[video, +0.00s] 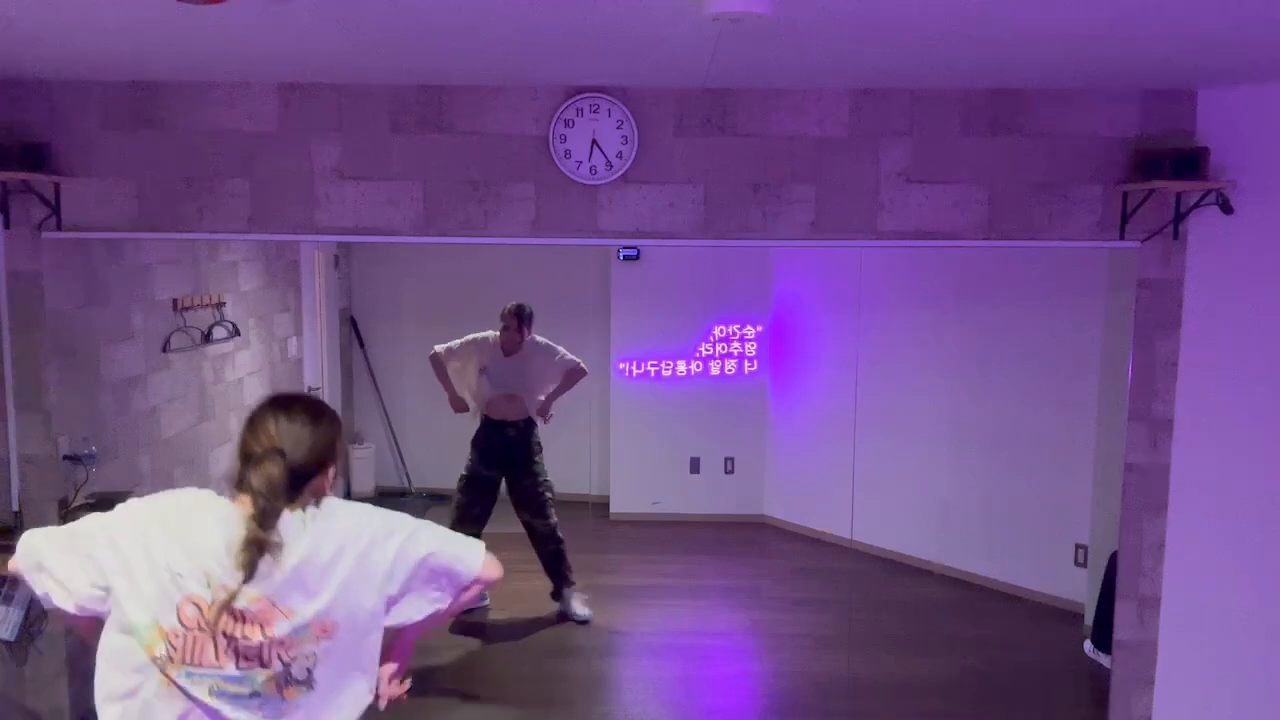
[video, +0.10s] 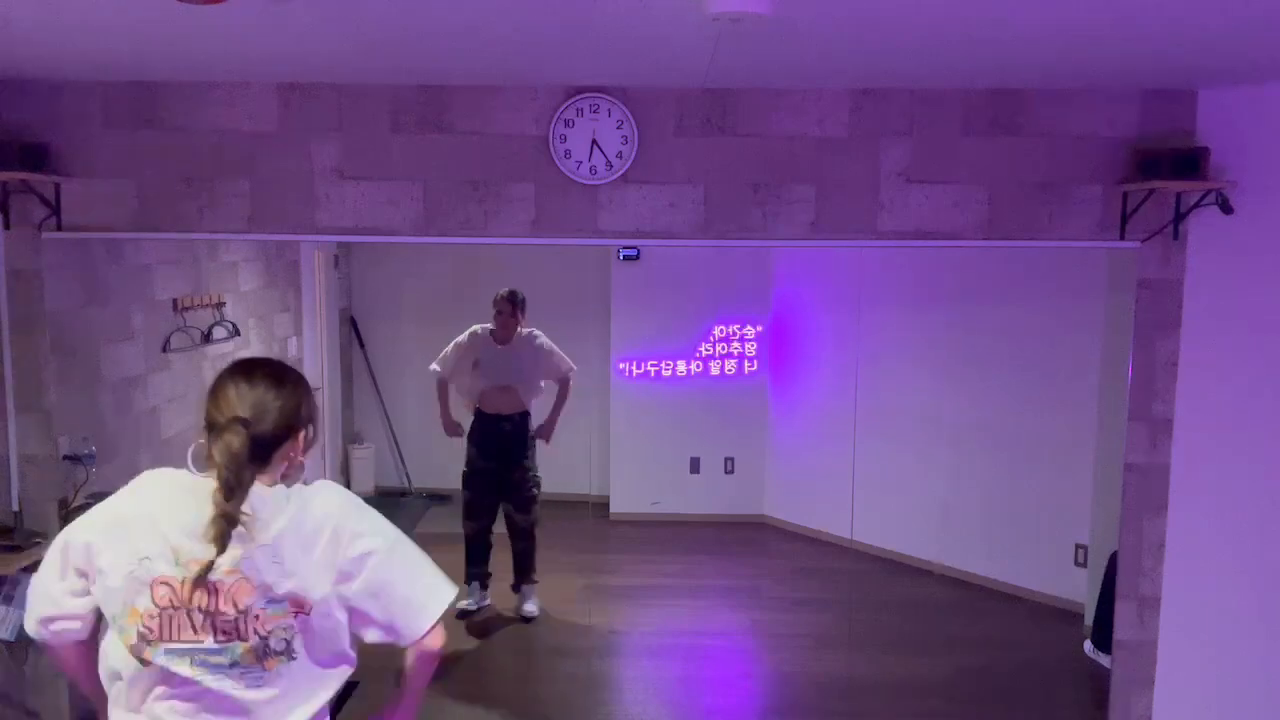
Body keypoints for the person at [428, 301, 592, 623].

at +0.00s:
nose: (506, 334)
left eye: (513, 330)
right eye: (504, 328)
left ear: (527, 332)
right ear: (499, 326)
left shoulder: (539, 348)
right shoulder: (482, 343)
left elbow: (578, 369)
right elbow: (437, 355)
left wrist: (549, 399)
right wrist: (452, 394)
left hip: (524, 438)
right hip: (488, 436)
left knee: (541, 517)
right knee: (467, 516)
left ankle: (566, 592)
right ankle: (468, 588)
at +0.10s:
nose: (499, 320)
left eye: (506, 315)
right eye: (497, 313)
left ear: (520, 318)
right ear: (492, 313)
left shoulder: (534, 342)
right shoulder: (475, 338)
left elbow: (565, 377)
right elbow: (442, 373)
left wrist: (550, 421)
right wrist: (446, 417)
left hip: (519, 431)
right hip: (482, 431)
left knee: (522, 514)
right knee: (476, 515)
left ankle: (526, 590)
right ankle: (476, 589)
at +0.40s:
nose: (490, 338)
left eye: (496, 332)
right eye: (485, 332)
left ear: (507, 336)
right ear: (478, 335)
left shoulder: (528, 372)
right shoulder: (463, 371)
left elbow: (545, 413)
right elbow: (449, 415)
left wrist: (546, 447)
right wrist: (439, 448)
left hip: (511, 449)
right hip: (474, 449)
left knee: (504, 525)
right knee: (462, 526)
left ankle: (499, 592)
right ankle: (474, 592)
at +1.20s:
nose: (484, 337)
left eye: (490, 332)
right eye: (477, 332)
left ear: (498, 337)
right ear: (468, 337)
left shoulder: (516, 372)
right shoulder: (455, 377)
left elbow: (530, 425)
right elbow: (442, 428)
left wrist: (523, 468)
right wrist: (452, 472)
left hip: (514, 449)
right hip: (477, 451)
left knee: (517, 528)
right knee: (465, 530)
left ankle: (501, 581)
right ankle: (475, 592)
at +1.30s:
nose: (479, 348)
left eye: (486, 343)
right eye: (473, 342)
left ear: (494, 348)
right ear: (464, 347)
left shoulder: (511, 376)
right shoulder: (454, 392)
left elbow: (517, 429)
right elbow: (456, 447)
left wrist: (512, 475)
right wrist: (454, 487)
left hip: (522, 452)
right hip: (486, 458)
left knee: (556, 529)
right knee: (465, 538)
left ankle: (515, 574)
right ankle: (477, 594)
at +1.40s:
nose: (477, 358)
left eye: (483, 353)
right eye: (472, 352)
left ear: (494, 356)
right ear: (465, 357)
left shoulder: (511, 377)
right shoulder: (461, 401)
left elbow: (516, 429)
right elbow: (462, 453)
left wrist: (499, 476)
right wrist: (447, 485)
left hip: (531, 462)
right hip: (496, 468)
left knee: (592, 524)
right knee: (478, 531)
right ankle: (477, 597)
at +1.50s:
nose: (488, 362)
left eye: (493, 355)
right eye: (482, 356)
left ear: (506, 357)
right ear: (476, 360)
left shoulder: (524, 372)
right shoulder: (478, 404)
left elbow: (520, 416)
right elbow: (466, 455)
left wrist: (489, 458)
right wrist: (435, 483)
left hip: (553, 468)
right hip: (517, 474)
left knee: (615, 523)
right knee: (497, 534)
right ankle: (479, 597)